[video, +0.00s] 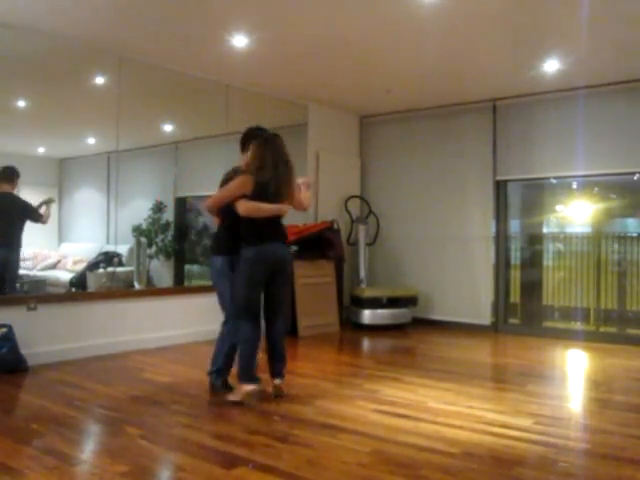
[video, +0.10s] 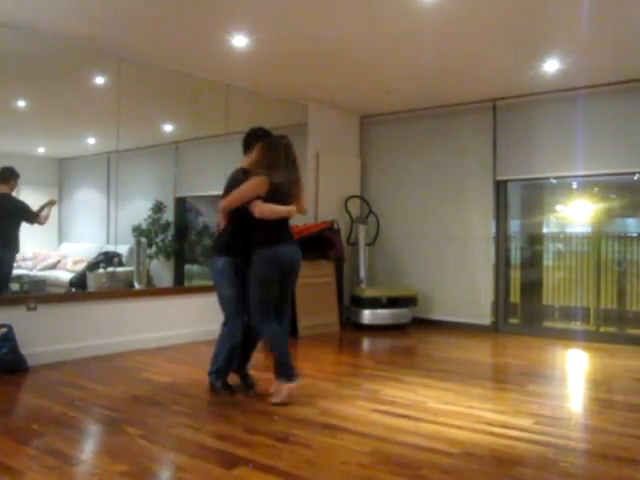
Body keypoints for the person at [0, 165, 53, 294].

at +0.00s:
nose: (17, 184)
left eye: (17, 180)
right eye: (17, 180)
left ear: (1, 179)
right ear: (15, 181)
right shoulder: (17, 203)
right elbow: (43, 219)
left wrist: (39, 205)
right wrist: (48, 205)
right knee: (8, 289)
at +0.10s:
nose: (16, 185)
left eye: (16, 181)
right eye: (16, 181)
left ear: (1, 180)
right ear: (13, 182)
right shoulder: (13, 203)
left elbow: (33, 217)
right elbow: (41, 220)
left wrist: (44, 206)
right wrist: (49, 207)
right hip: (6, 253)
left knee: (4, 287)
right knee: (3, 288)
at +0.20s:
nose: (14, 186)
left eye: (14, 183)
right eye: (13, 183)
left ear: (2, 181)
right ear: (9, 182)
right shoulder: (10, 204)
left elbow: (33, 219)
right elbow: (36, 220)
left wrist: (46, 207)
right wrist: (48, 207)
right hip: (5, 258)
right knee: (3, 295)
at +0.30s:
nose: (11, 187)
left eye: (11, 183)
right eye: (10, 183)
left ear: (4, 183)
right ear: (4, 183)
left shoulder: (6, 202)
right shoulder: (5, 203)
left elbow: (30, 220)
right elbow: (31, 220)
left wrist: (43, 209)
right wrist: (44, 208)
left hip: (5, 255)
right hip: (5, 255)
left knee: (5, 293)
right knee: (4, 293)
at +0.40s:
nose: (8, 189)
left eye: (9, 185)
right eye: (7, 185)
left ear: (4, 185)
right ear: (2, 185)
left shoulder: (4, 202)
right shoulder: (3, 202)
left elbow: (28, 221)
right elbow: (29, 221)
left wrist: (41, 210)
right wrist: (42, 209)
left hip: (5, 255)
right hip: (4, 255)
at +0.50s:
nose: (7, 190)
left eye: (7, 186)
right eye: (6, 186)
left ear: (4, 186)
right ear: (1, 186)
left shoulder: (4, 206)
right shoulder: (3, 207)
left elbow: (27, 221)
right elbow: (26, 221)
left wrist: (38, 211)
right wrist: (39, 211)